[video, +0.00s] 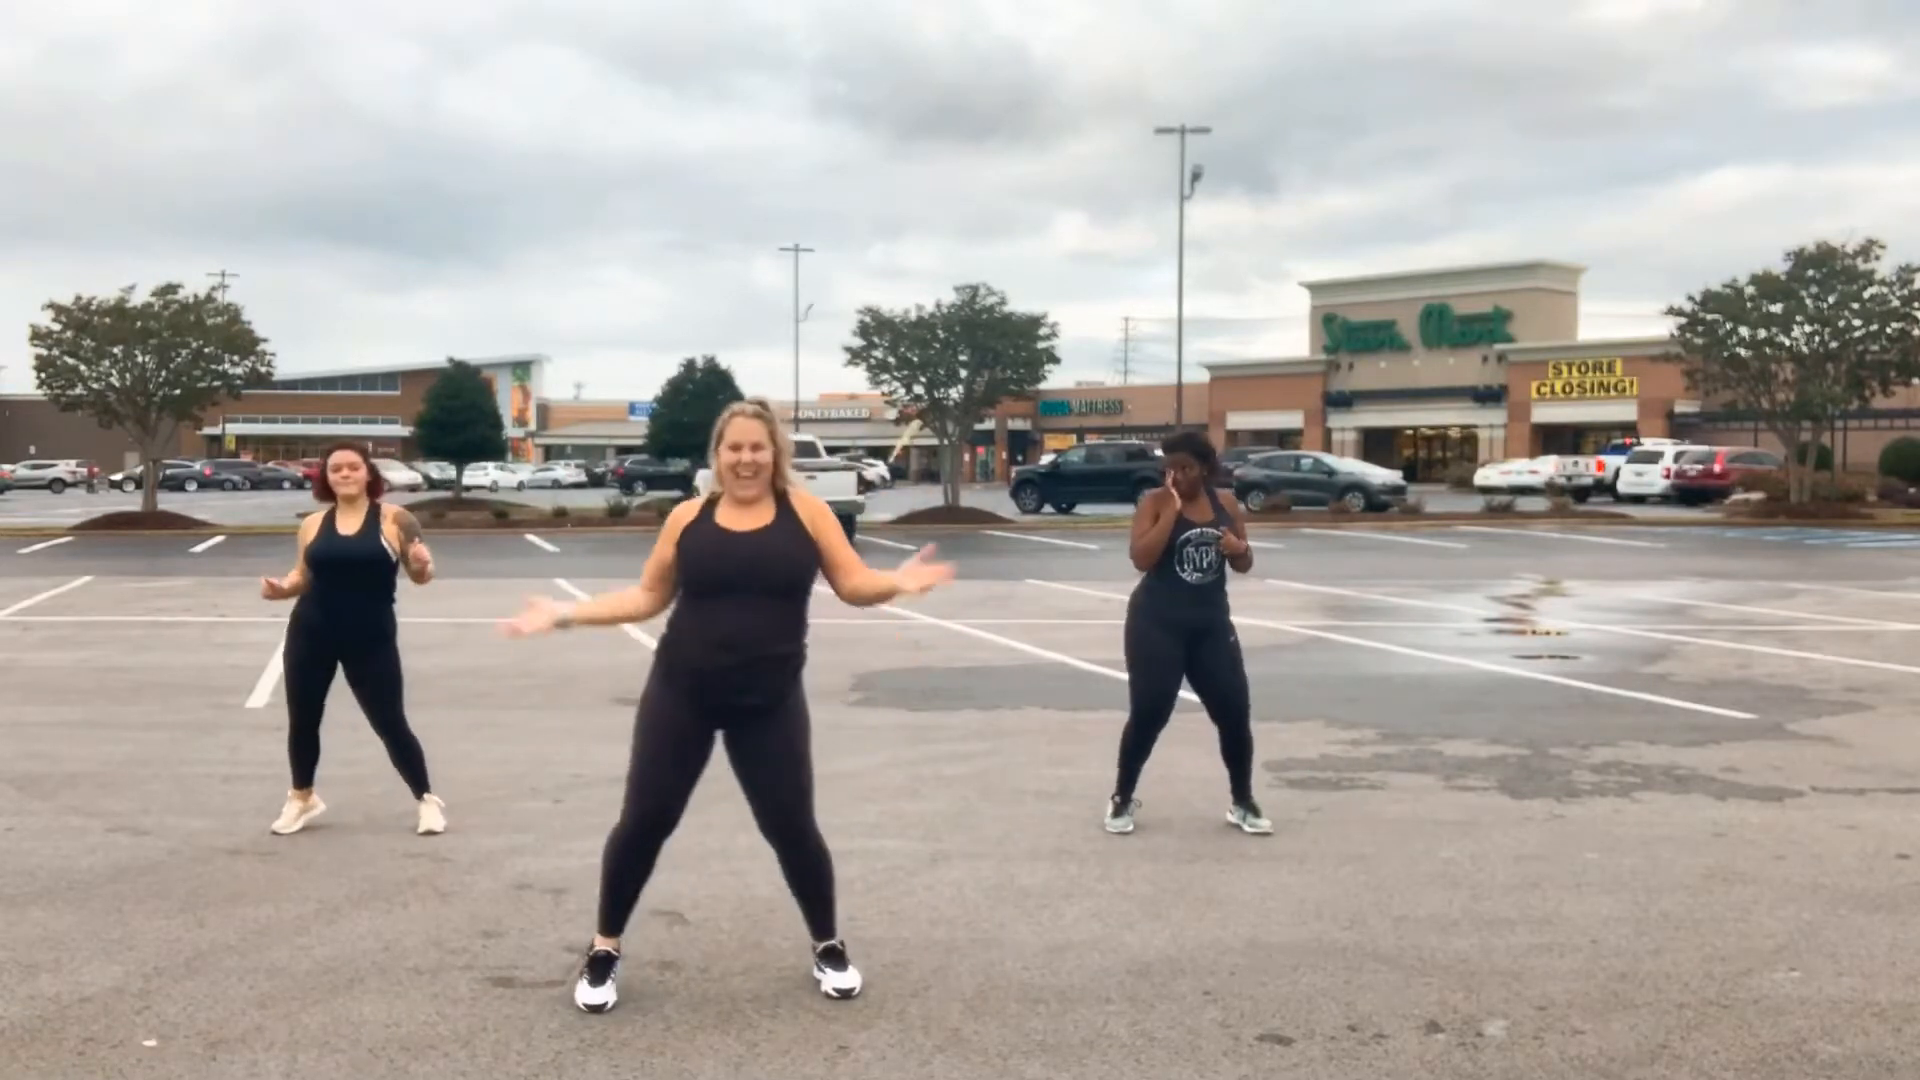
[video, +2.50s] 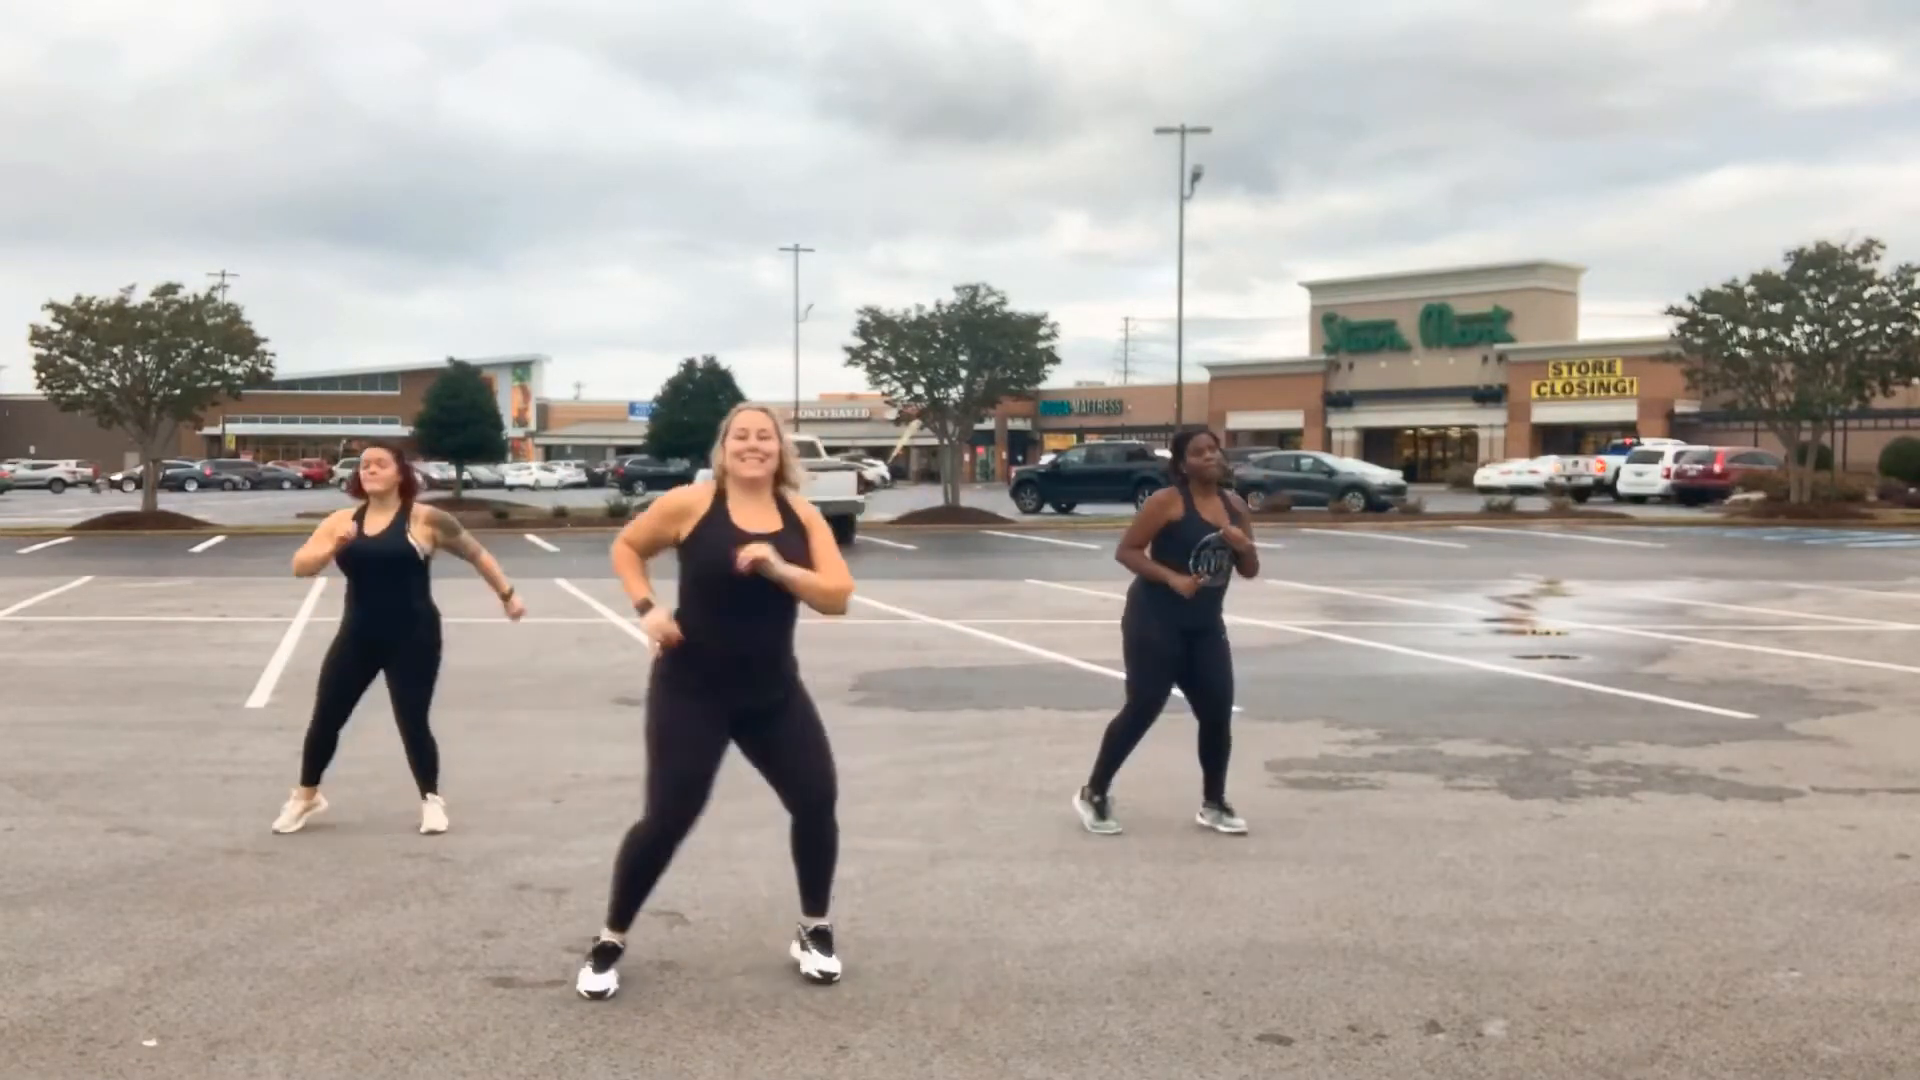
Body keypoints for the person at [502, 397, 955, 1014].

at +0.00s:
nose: (746, 458)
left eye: (757, 447)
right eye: (734, 447)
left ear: (776, 453)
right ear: (716, 454)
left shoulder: (806, 512)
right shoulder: (687, 517)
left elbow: (852, 583)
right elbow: (647, 597)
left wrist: (897, 580)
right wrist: (563, 612)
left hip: (769, 697)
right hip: (680, 694)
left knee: (793, 828)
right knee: (644, 823)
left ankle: (828, 948)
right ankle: (604, 948)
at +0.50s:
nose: (739, 463)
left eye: (751, 453)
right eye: (728, 452)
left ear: (768, 464)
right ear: (709, 464)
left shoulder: (797, 533)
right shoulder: (678, 528)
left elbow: (835, 621)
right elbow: (637, 623)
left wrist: (856, 585)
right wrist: (652, 595)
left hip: (780, 713)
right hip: (690, 711)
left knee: (808, 839)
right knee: (653, 835)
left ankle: (830, 952)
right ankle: (607, 955)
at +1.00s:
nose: (797, 464)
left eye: (809, 454)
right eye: (785, 455)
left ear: (826, 468)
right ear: (767, 470)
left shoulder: (854, 536)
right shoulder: (742, 542)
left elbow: (886, 622)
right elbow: (690, 630)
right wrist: (730, 705)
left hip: (839, 716)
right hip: (761, 717)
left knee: (846, 836)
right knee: (775, 840)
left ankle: (832, 947)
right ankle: (755, 952)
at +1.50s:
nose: (856, 455)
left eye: (867, 446)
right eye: (844, 447)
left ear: (886, 458)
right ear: (827, 460)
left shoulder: (913, 524)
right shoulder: (800, 525)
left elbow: (984, 589)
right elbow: (761, 611)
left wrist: (932, 579)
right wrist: (814, 647)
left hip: (906, 701)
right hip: (821, 704)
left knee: (931, 820)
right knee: (784, 821)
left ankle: (964, 938)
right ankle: (756, 936)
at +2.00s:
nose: (796, 441)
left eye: (807, 433)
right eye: (785, 432)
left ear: (824, 447)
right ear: (766, 446)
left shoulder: (854, 508)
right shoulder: (738, 511)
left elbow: (912, 561)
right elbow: (709, 585)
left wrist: (887, 622)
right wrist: (780, 555)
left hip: (834, 687)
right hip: (756, 689)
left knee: (826, 816)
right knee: (757, 815)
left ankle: (821, 928)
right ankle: (755, 942)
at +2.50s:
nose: (752, 443)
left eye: (764, 435)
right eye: (740, 435)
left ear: (781, 451)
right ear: (721, 450)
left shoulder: (804, 516)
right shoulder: (689, 504)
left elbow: (838, 596)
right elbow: (627, 547)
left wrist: (781, 570)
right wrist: (647, 607)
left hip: (771, 689)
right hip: (690, 687)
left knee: (817, 801)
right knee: (668, 819)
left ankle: (816, 930)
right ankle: (611, 941)